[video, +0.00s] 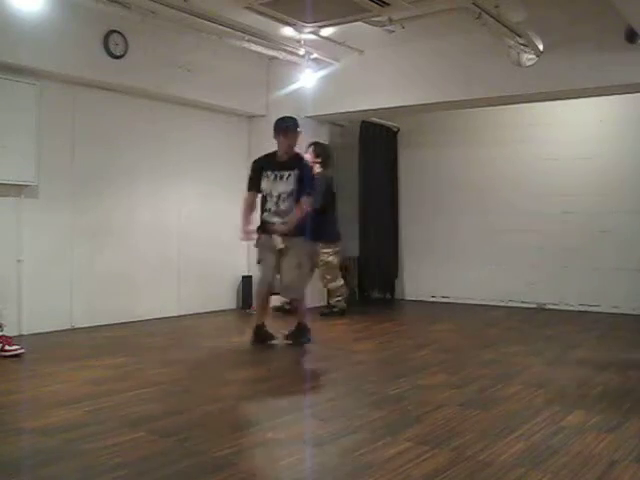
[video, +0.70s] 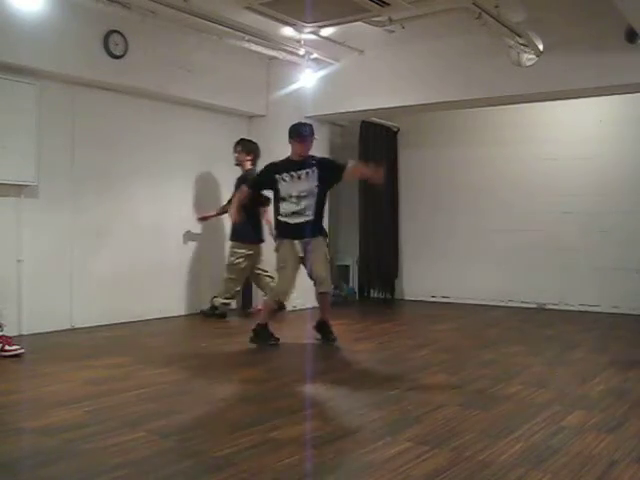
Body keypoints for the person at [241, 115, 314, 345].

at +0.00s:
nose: (290, 141)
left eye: (293, 136)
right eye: (286, 136)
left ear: (297, 137)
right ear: (277, 136)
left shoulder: (304, 167)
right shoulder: (260, 164)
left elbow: (306, 202)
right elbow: (251, 197)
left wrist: (288, 224)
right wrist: (246, 223)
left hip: (296, 234)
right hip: (267, 233)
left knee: (293, 283)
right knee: (265, 281)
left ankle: (302, 324)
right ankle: (259, 326)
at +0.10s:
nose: (292, 142)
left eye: (295, 137)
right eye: (287, 137)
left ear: (300, 139)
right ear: (279, 138)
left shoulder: (302, 168)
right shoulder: (262, 163)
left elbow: (286, 197)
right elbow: (242, 189)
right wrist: (223, 211)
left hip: (294, 236)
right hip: (264, 234)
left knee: (299, 283)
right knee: (250, 278)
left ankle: (304, 326)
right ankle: (255, 327)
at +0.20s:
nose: (293, 145)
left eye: (296, 141)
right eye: (288, 141)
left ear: (300, 141)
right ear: (279, 140)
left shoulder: (301, 166)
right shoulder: (266, 160)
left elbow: (290, 198)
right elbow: (243, 173)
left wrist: (269, 182)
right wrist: (223, 184)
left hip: (292, 236)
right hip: (263, 235)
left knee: (316, 282)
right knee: (241, 276)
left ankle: (308, 327)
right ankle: (252, 327)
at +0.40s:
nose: (292, 145)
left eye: (296, 140)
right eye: (288, 140)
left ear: (301, 140)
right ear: (279, 140)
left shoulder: (307, 165)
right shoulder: (266, 156)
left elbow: (320, 186)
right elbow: (243, 159)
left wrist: (297, 175)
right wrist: (221, 166)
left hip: (297, 237)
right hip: (265, 236)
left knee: (317, 280)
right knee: (245, 279)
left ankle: (308, 328)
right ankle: (252, 326)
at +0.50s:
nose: (295, 144)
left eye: (299, 140)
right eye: (291, 139)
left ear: (303, 140)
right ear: (282, 139)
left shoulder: (310, 165)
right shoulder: (268, 157)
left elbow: (332, 184)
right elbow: (245, 159)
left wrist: (310, 187)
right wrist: (223, 171)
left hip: (301, 236)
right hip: (268, 235)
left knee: (322, 280)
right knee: (251, 280)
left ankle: (309, 327)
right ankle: (252, 326)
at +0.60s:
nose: (300, 144)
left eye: (303, 140)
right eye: (296, 140)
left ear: (308, 141)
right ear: (286, 141)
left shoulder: (314, 168)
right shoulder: (269, 163)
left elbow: (337, 188)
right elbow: (246, 170)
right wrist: (236, 182)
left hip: (306, 235)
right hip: (275, 235)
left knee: (323, 280)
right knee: (262, 281)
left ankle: (314, 325)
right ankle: (257, 324)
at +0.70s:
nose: (304, 146)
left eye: (308, 142)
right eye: (300, 141)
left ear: (313, 142)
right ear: (291, 142)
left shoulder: (322, 166)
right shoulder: (275, 169)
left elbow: (350, 170)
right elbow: (247, 187)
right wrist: (235, 206)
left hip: (314, 235)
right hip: (286, 237)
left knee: (323, 279)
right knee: (283, 286)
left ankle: (324, 322)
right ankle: (261, 326)